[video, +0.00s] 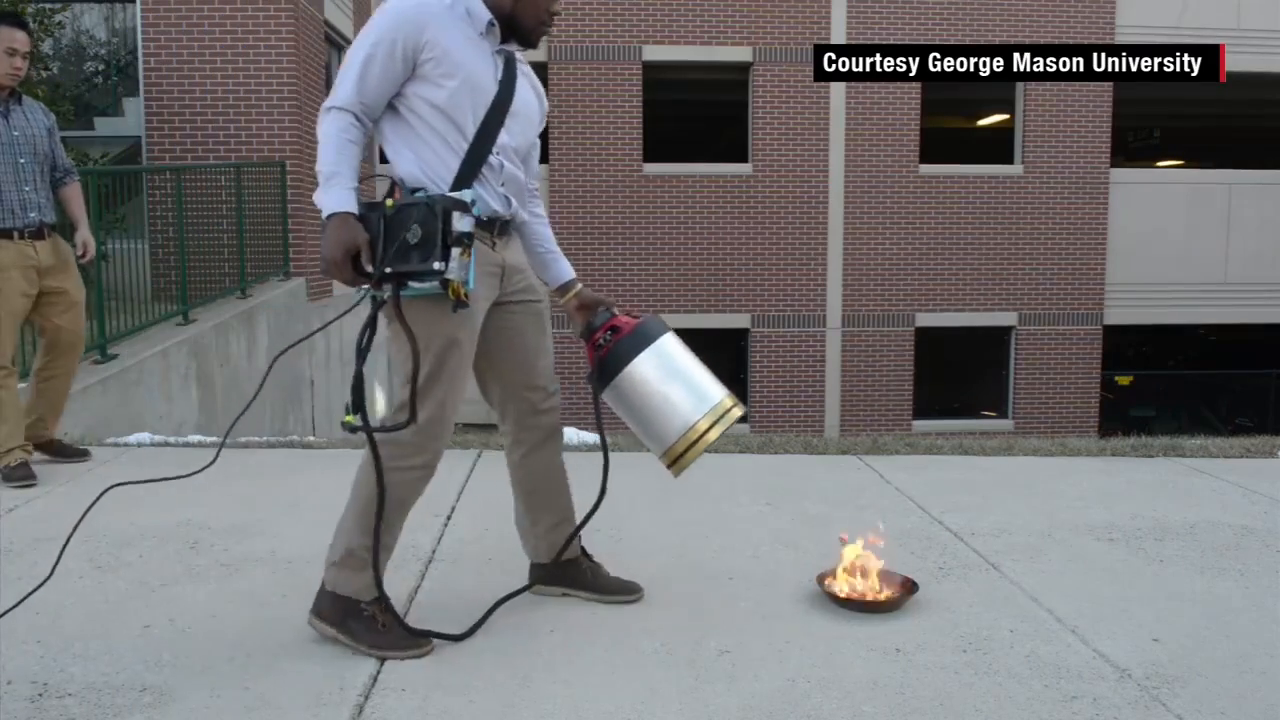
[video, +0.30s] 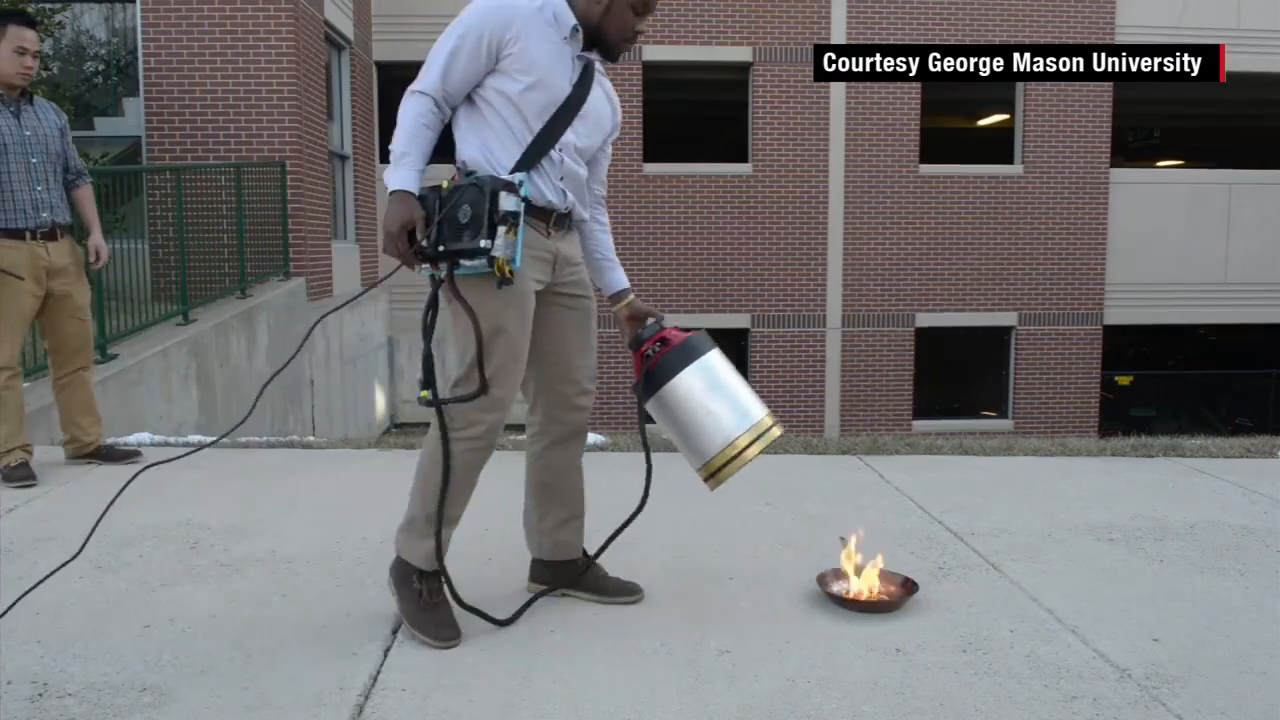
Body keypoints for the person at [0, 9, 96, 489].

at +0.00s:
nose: (18, 64)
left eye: (24, 56)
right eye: (10, 54)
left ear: (30, 62)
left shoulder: (39, 114)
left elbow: (64, 174)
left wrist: (82, 225)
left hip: (52, 247)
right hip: (7, 251)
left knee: (68, 336)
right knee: (5, 357)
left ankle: (39, 432)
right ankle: (10, 453)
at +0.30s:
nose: (30, 62)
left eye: (35, 54)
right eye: (21, 52)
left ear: (39, 61)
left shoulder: (50, 114)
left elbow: (75, 176)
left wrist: (95, 229)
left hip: (62, 249)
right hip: (10, 254)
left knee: (75, 356)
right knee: (7, 364)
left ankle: (85, 444)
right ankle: (13, 454)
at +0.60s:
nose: (46, 62)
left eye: (51, 54)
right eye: (36, 51)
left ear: (55, 61)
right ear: (7, 52)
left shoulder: (66, 115)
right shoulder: (1, 106)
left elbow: (91, 179)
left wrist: (109, 233)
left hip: (73, 249)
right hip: (17, 252)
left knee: (77, 358)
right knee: (13, 363)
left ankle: (85, 444)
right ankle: (13, 454)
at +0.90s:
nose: (56, 62)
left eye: (61, 55)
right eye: (46, 52)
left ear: (64, 62)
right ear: (15, 52)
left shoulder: (74, 117)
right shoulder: (2, 105)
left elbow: (96, 178)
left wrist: (113, 233)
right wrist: (0, 248)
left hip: (78, 250)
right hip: (19, 252)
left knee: (79, 358)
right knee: (15, 364)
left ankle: (86, 444)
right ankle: (13, 454)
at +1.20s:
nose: (59, 63)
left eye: (64, 56)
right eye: (49, 53)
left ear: (68, 63)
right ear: (18, 52)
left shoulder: (77, 117)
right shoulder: (3, 106)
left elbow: (98, 179)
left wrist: (115, 234)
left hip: (79, 250)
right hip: (21, 253)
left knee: (80, 357)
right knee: (15, 363)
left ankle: (86, 444)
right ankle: (13, 454)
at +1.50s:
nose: (59, 64)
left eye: (64, 56)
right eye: (49, 53)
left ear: (68, 63)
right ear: (18, 52)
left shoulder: (77, 117)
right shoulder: (3, 106)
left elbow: (99, 179)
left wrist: (114, 234)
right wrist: (0, 250)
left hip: (80, 250)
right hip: (20, 252)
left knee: (80, 357)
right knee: (16, 363)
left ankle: (86, 444)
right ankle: (13, 454)